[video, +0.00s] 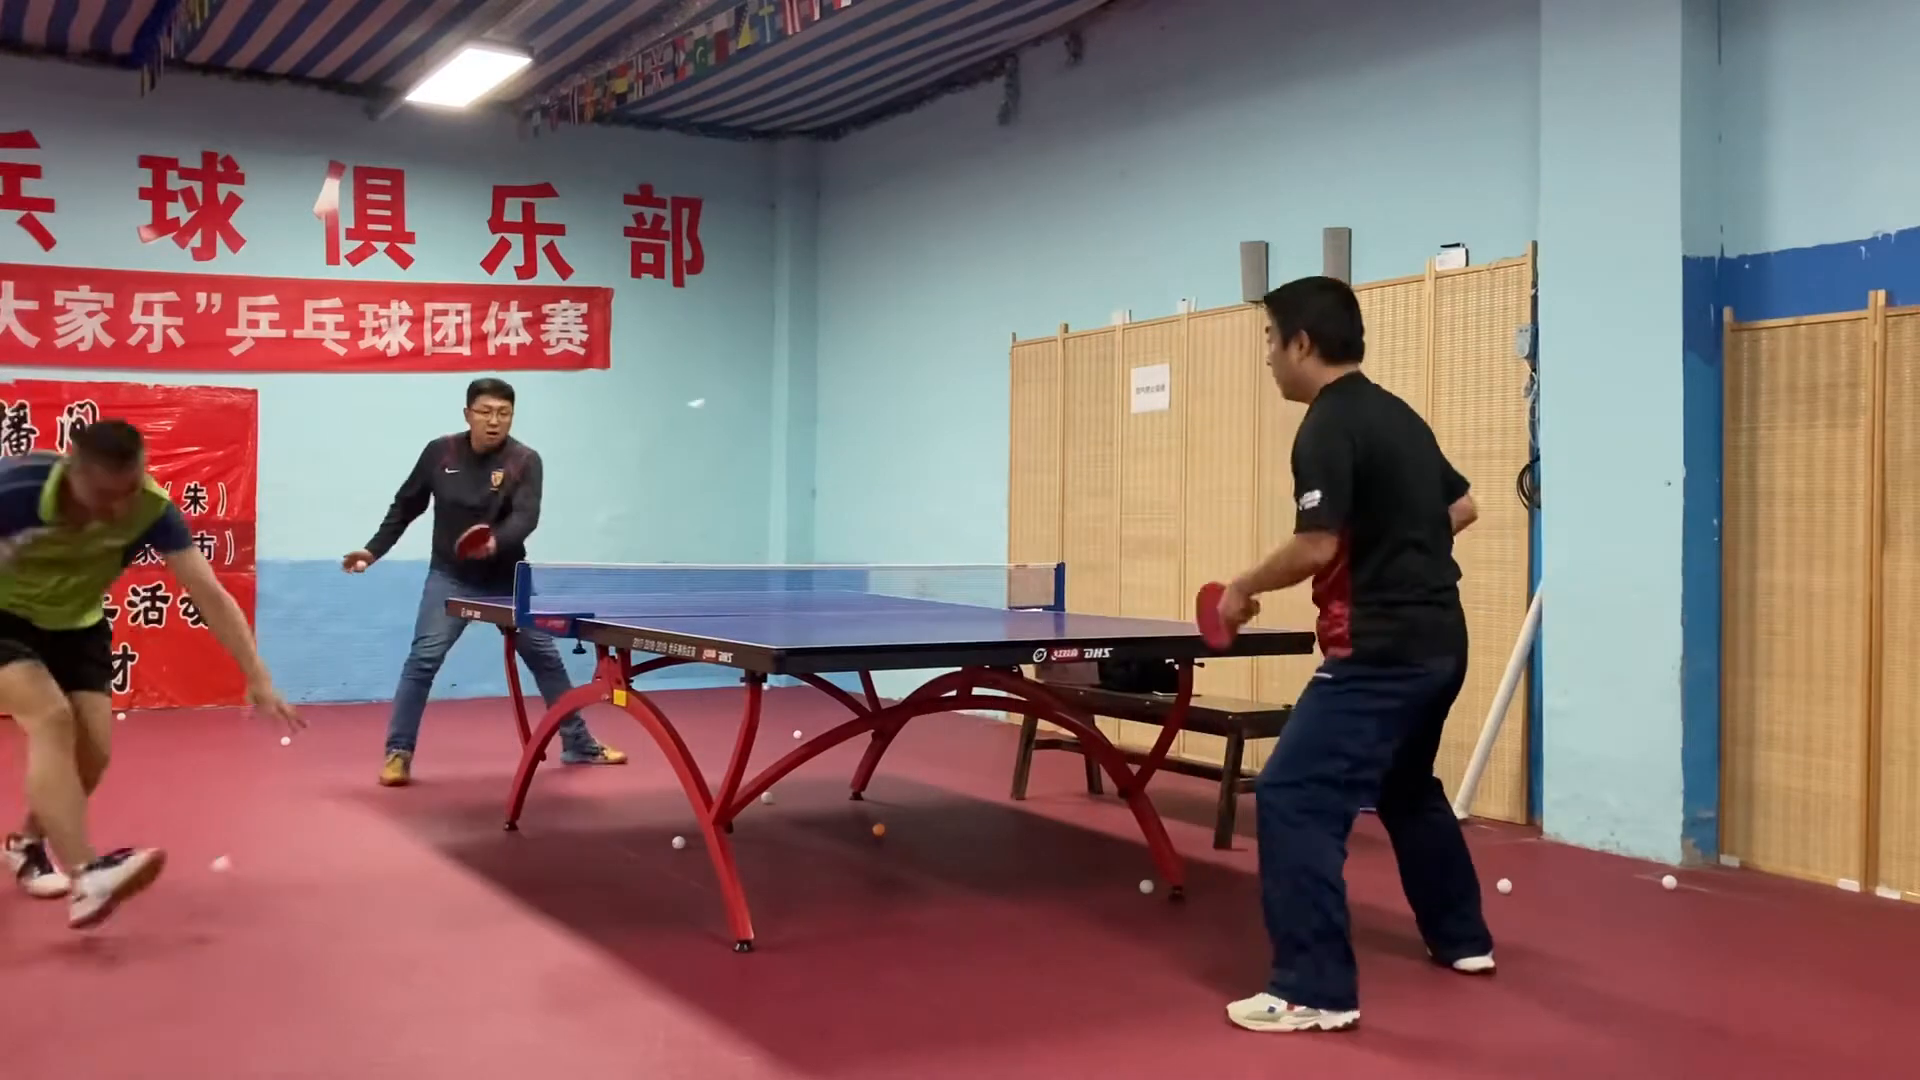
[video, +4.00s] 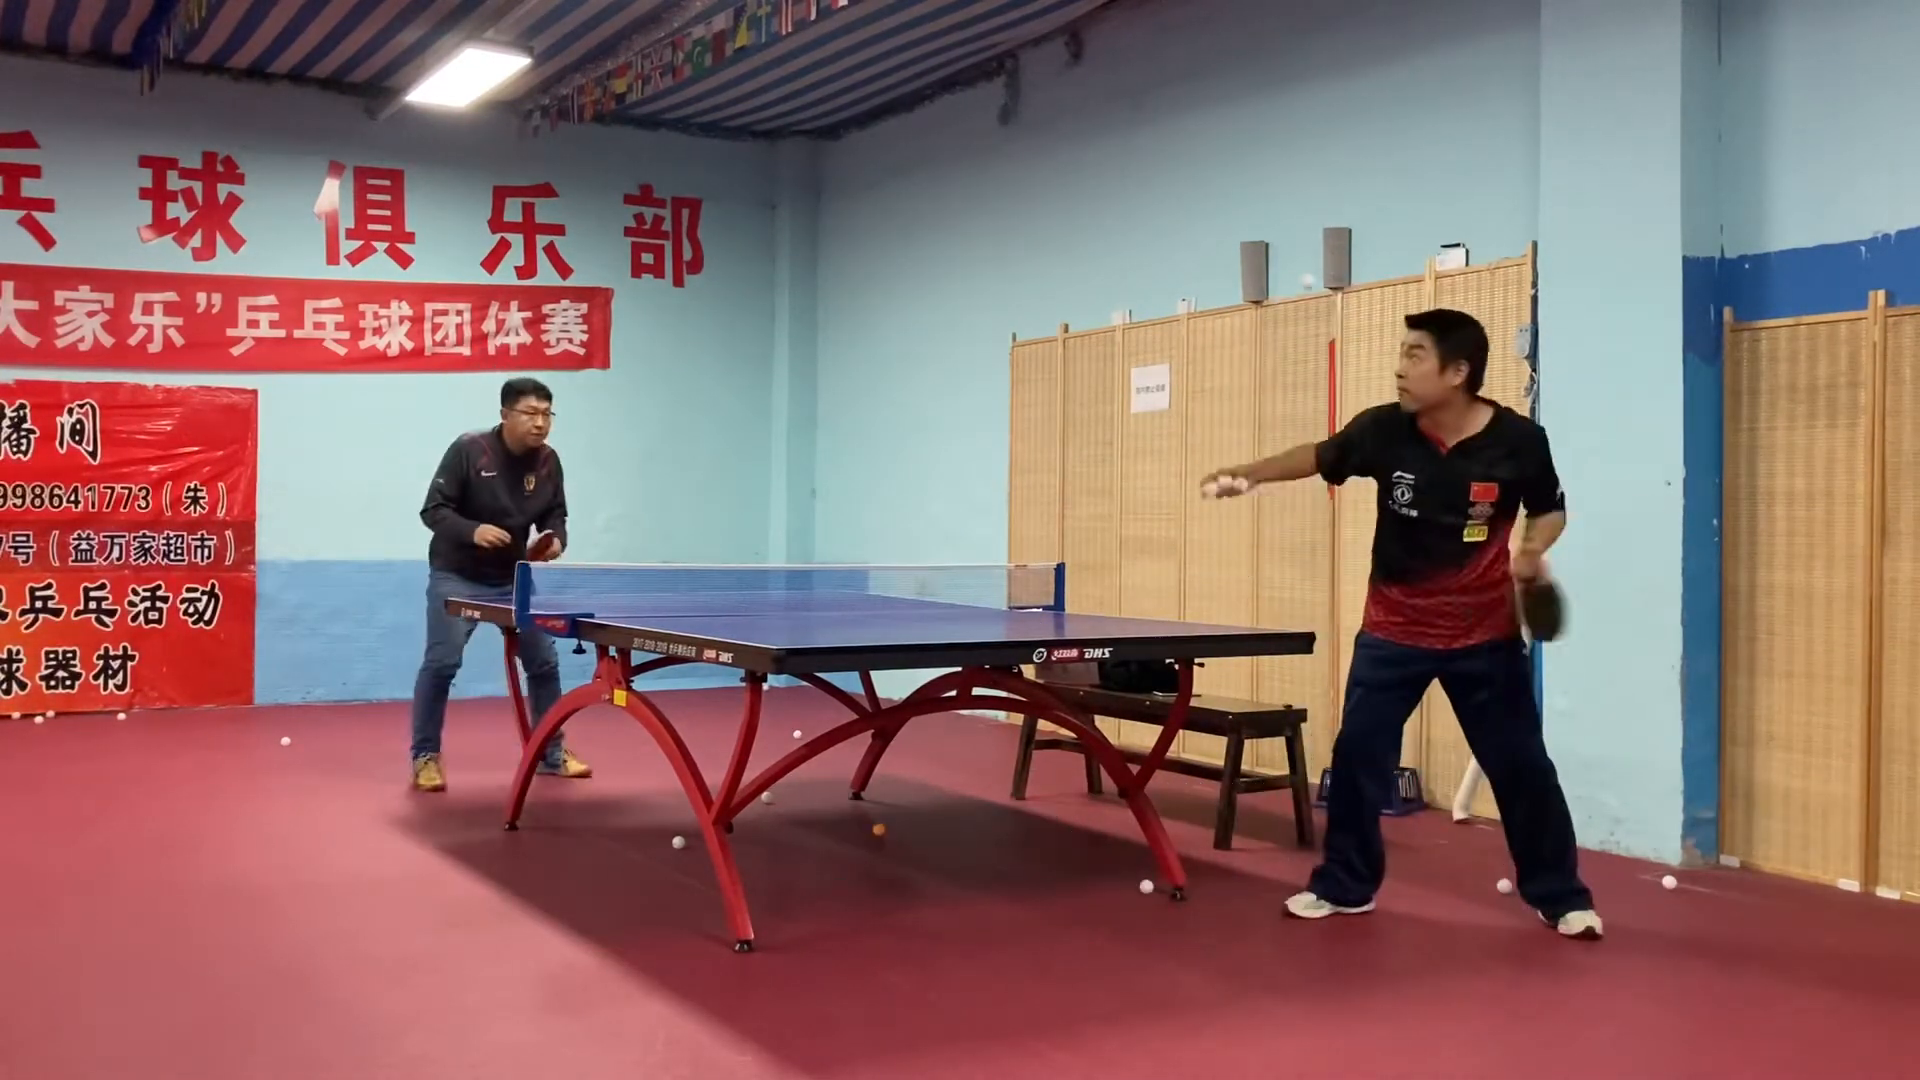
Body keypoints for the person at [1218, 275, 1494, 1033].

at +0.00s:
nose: (1268, 356)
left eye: (1273, 341)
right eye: (1269, 341)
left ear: (1301, 343)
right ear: (1342, 343)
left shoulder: (1328, 423)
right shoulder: (1398, 412)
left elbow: (1317, 545)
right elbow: (1459, 506)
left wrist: (1246, 586)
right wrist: (1371, 548)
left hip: (1381, 651)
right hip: (1438, 648)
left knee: (1294, 793)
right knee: (1406, 786)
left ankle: (1316, 988)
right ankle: (1463, 941)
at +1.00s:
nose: (1388, 321)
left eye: (1391, 306)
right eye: (1388, 306)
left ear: (1417, 304)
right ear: (1469, 307)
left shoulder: (1425, 393)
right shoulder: (1510, 385)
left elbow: (1403, 513)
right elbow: (1551, 497)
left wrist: (1363, 619)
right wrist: (1487, 556)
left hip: (1456, 638)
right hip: (1516, 632)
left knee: (1436, 806)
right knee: (1482, 790)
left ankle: (1515, 993)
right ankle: (1465, 926)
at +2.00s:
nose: (1367, 369)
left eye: (1366, 359)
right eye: (1365, 361)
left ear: (1378, 351)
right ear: (1438, 346)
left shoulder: (1388, 393)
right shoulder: (1485, 411)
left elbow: (1391, 477)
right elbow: (1500, 521)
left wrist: (1372, 579)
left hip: (1433, 625)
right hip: (1499, 624)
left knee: (1401, 787)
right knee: (1464, 781)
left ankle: (1414, 965)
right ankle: (1472, 947)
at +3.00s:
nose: (1235, 385)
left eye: (1243, 371)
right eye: (1235, 371)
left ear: (1283, 372)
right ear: (1277, 373)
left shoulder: (1369, 418)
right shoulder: (1268, 449)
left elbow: (1404, 514)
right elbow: (1253, 530)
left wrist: (1316, 534)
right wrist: (1192, 544)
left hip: (1414, 621)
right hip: (1341, 625)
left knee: (1417, 766)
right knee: (1319, 754)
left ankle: (1429, 911)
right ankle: (1316, 888)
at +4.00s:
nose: (1400, 368)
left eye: (1416, 356)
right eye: (1401, 355)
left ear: (1459, 371)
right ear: (1412, 367)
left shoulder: (1517, 440)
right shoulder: (1383, 430)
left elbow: (1549, 510)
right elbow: (1320, 456)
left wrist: (1531, 549)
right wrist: (1252, 474)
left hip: (1483, 635)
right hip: (1393, 632)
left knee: (1521, 765)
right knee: (1357, 753)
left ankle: (1561, 896)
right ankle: (1345, 885)